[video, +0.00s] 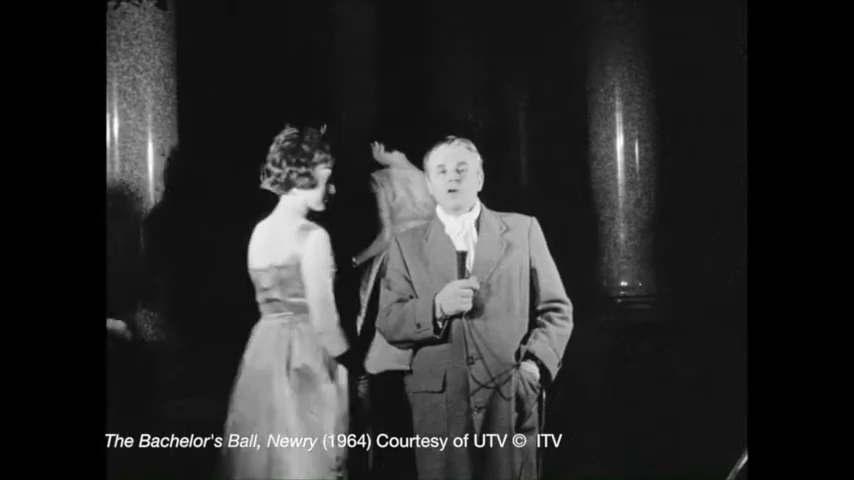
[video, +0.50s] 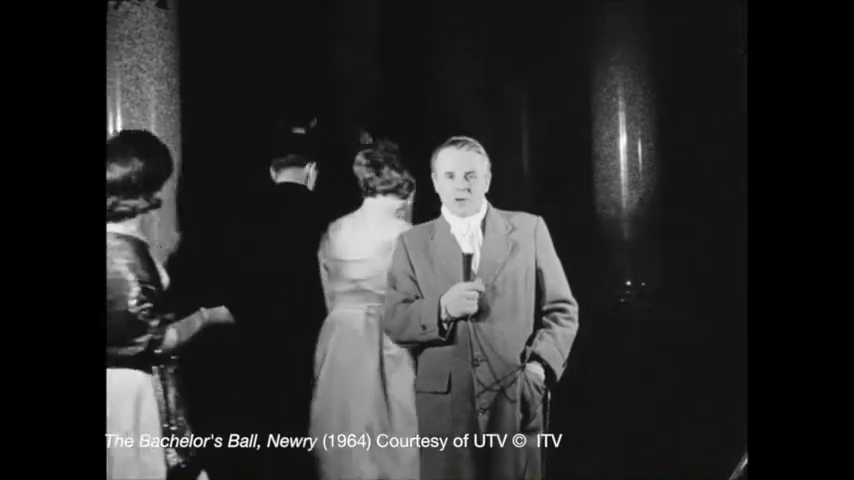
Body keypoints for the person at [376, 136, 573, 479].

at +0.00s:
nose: (452, 176)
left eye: (462, 166)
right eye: (441, 169)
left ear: (480, 178)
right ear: (428, 184)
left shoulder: (523, 230)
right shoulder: (405, 244)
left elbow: (555, 308)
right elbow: (389, 321)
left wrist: (535, 364)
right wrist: (435, 308)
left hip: (508, 394)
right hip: (436, 396)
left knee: (513, 474)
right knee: (440, 474)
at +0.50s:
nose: (460, 186)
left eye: (470, 175)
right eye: (449, 176)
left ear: (488, 181)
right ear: (435, 182)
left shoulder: (529, 230)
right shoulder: (411, 243)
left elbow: (561, 309)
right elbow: (394, 319)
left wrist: (540, 365)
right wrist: (440, 309)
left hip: (513, 397)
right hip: (441, 398)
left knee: (518, 474)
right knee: (443, 474)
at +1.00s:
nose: (463, 188)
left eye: (473, 177)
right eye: (452, 178)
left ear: (490, 180)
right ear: (437, 184)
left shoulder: (532, 229)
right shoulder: (414, 242)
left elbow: (563, 309)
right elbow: (396, 318)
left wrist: (542, 366)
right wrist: (443, 309)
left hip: (517, 398)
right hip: (446, 400)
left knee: (521, 474)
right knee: (446, 474)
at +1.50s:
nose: (462, 186)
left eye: (472, 175)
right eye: (451, 176)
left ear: (489, 179)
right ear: (436, 182)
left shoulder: (531, 228)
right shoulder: (413, 240)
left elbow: (562, 308)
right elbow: (395, 318)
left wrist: (541, 365)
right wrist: (442, 308)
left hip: (516, 397)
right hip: (446, 399)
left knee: (521, 474)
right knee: (445, 474)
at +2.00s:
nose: (460, 175)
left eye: (469, 165)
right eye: (447, 168)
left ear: (485, 176)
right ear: (432, 183)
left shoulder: (527, 228)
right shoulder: (411, 241)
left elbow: (560, 306)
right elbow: (394, 320)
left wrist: (539, 364)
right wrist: (440, 308)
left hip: (515, 395)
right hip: (444, 398)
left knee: (519, 474)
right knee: (446, 474)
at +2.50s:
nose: (463, 173)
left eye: (472, 164)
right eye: (451, 166)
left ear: (488, 176)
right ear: (435, 181)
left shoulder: (530, 228)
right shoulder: (413, 242)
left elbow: (562, 306)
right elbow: (395, 319)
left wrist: (541, 363)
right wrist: (443, 306)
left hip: (516, 395)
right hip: (445, 397)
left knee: (520, 473)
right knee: (446, 473)